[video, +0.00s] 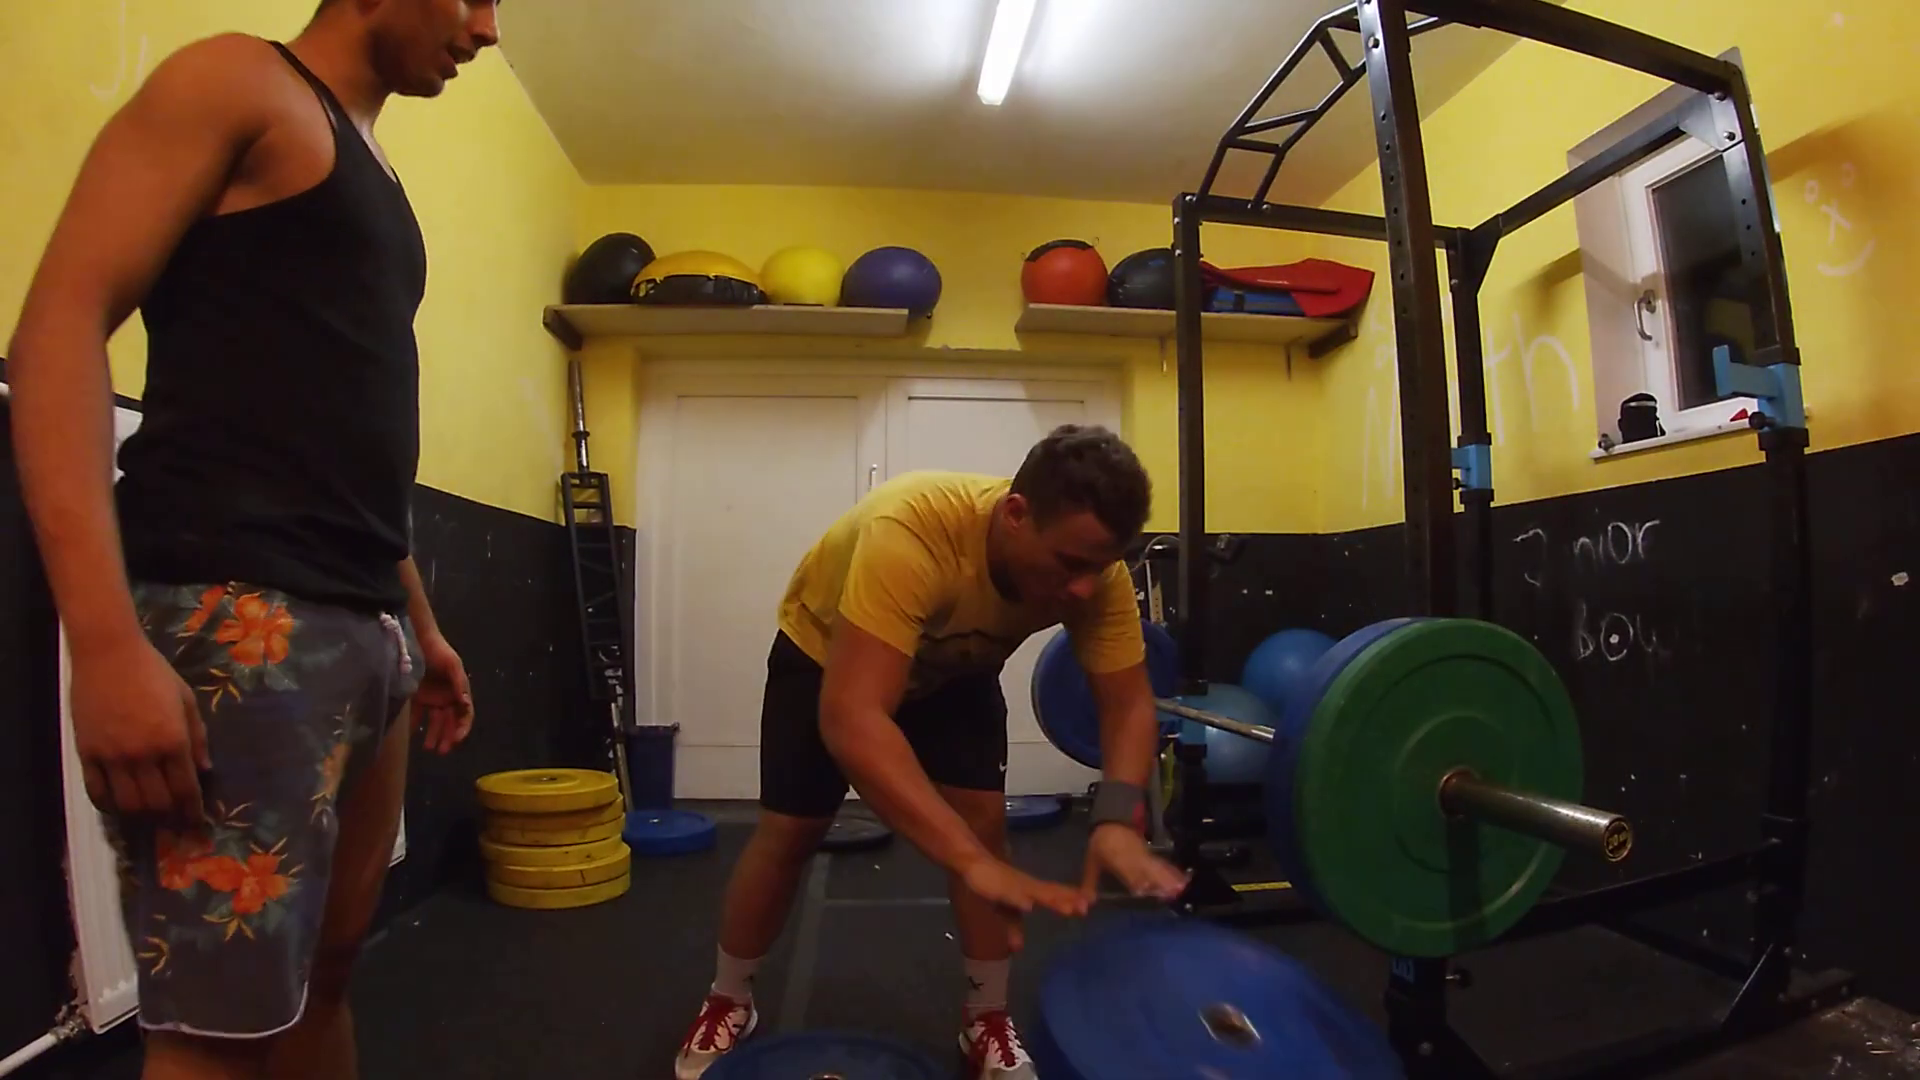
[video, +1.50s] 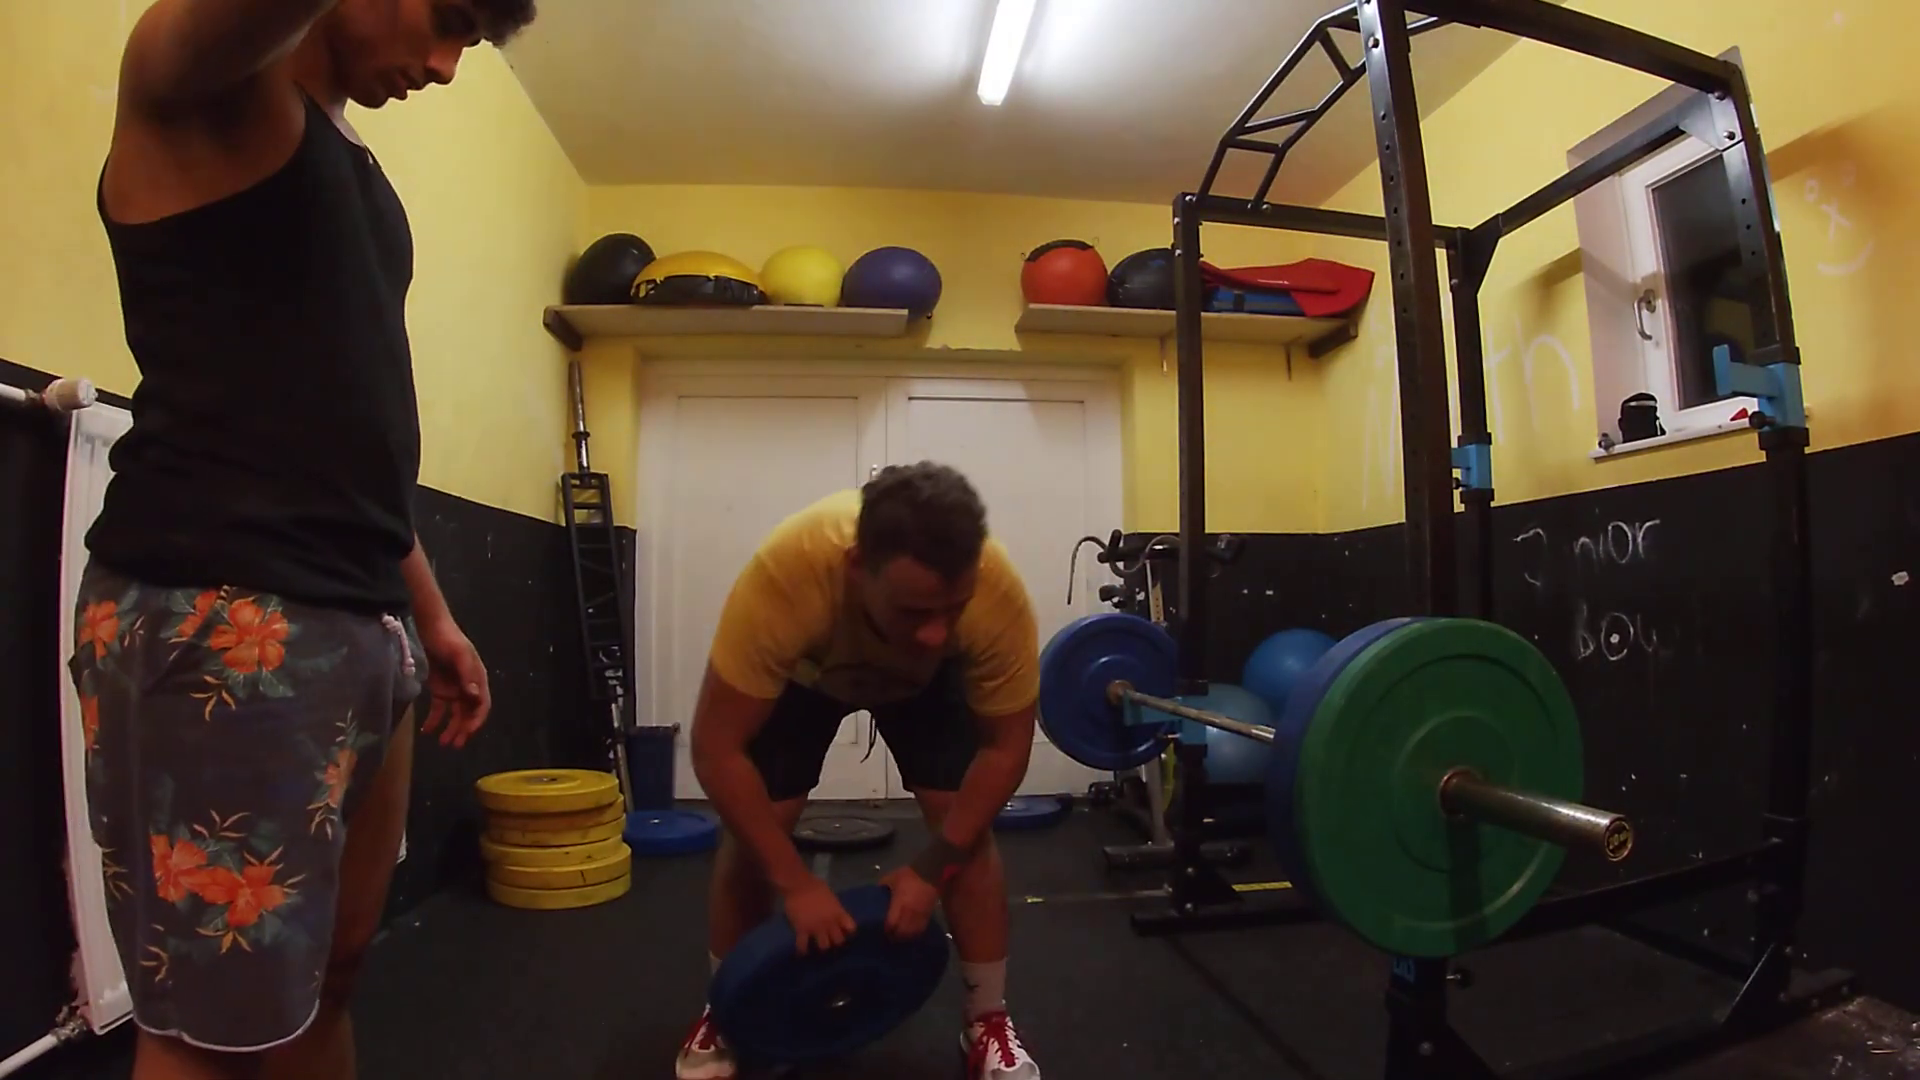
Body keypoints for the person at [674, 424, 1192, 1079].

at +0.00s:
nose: (1085, 588)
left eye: (1101, 568)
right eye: (1070, 564)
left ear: (1118, 548)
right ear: (1014, 515)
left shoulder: (1099, 573)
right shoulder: (906, 536)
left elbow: (1128, 703)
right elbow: (850, 719)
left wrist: (1117, 820)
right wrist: (969, 860)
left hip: (956, 669)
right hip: (829, 652)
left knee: (982, 826)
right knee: (791, 829)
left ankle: (989, 1023)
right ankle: (726, 1005)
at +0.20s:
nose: (1032, 623)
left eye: (1053, 605)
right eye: (1019, 597)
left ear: (1079, 581)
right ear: (977, 534)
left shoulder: (1071, 584)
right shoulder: (871, 545)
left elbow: (1066, 722)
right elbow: (809, 741)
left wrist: (1027, 856)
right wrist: (905, 903)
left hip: (947, 671)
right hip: (823, 654)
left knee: (976, 827)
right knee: (774, 828)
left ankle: (988, 1019)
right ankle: (727, 1002)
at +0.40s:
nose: (966, 698)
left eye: (984, 682)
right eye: (951, 675)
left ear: (1018, 651)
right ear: (911, 611)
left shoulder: (1032, 645)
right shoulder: (823, 611)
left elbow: (1028, 773)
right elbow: (761, 822)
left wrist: (980, 914)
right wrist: (809, 992)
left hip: (928, 686)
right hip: (807, 664)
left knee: (977, 822)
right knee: (761, 830)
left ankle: (988, 1021)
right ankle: (726, 1004)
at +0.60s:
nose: (909, 799)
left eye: (928, 783)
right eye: (891, 778)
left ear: (963, 744)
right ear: (851, 713)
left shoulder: (1000, 717)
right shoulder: (780, 707)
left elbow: (1004, 868)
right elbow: (756, 923)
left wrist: (968, 1023)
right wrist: (796, 1071)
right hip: (779, 651)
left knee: (983, 847)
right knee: (734, 861)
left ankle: (990, 1021)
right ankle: (726, 1008)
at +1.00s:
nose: (828, 789)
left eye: (847, 771)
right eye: (810, 770)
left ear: (880, 723)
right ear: (771, 711)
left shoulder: (938, 708)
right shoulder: (723, 696)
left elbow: (973, 884)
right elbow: (733, 865)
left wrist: (922, 1043)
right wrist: (796, 1006)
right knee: (726, 859)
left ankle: (989, 1023)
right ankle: (727, 1012)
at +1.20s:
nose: (847, 730)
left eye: (866, 709)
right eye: (823, 711)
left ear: (889, 666)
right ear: (775, 654)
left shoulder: (940, 638)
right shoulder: (725, 638)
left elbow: (1020, 789)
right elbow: (671, 789)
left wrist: (925, 918)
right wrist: (760, 918)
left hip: (903, 691)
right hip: (772, 695)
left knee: (967, 839)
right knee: (728, 847)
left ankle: (989, 1024)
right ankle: (724, 1025)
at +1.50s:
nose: (936, 632)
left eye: (953, 611)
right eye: (914, 614)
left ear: (971, 579)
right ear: (856, 570)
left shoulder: (996, 597)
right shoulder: (786, 574)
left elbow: (1008, 745)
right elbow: (714, 744)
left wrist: (931, 870)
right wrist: (796, 883)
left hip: (925, 676)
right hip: (805, 671)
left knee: (968, 833)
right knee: (754, 834)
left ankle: (990, 1022)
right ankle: (724, 1015)